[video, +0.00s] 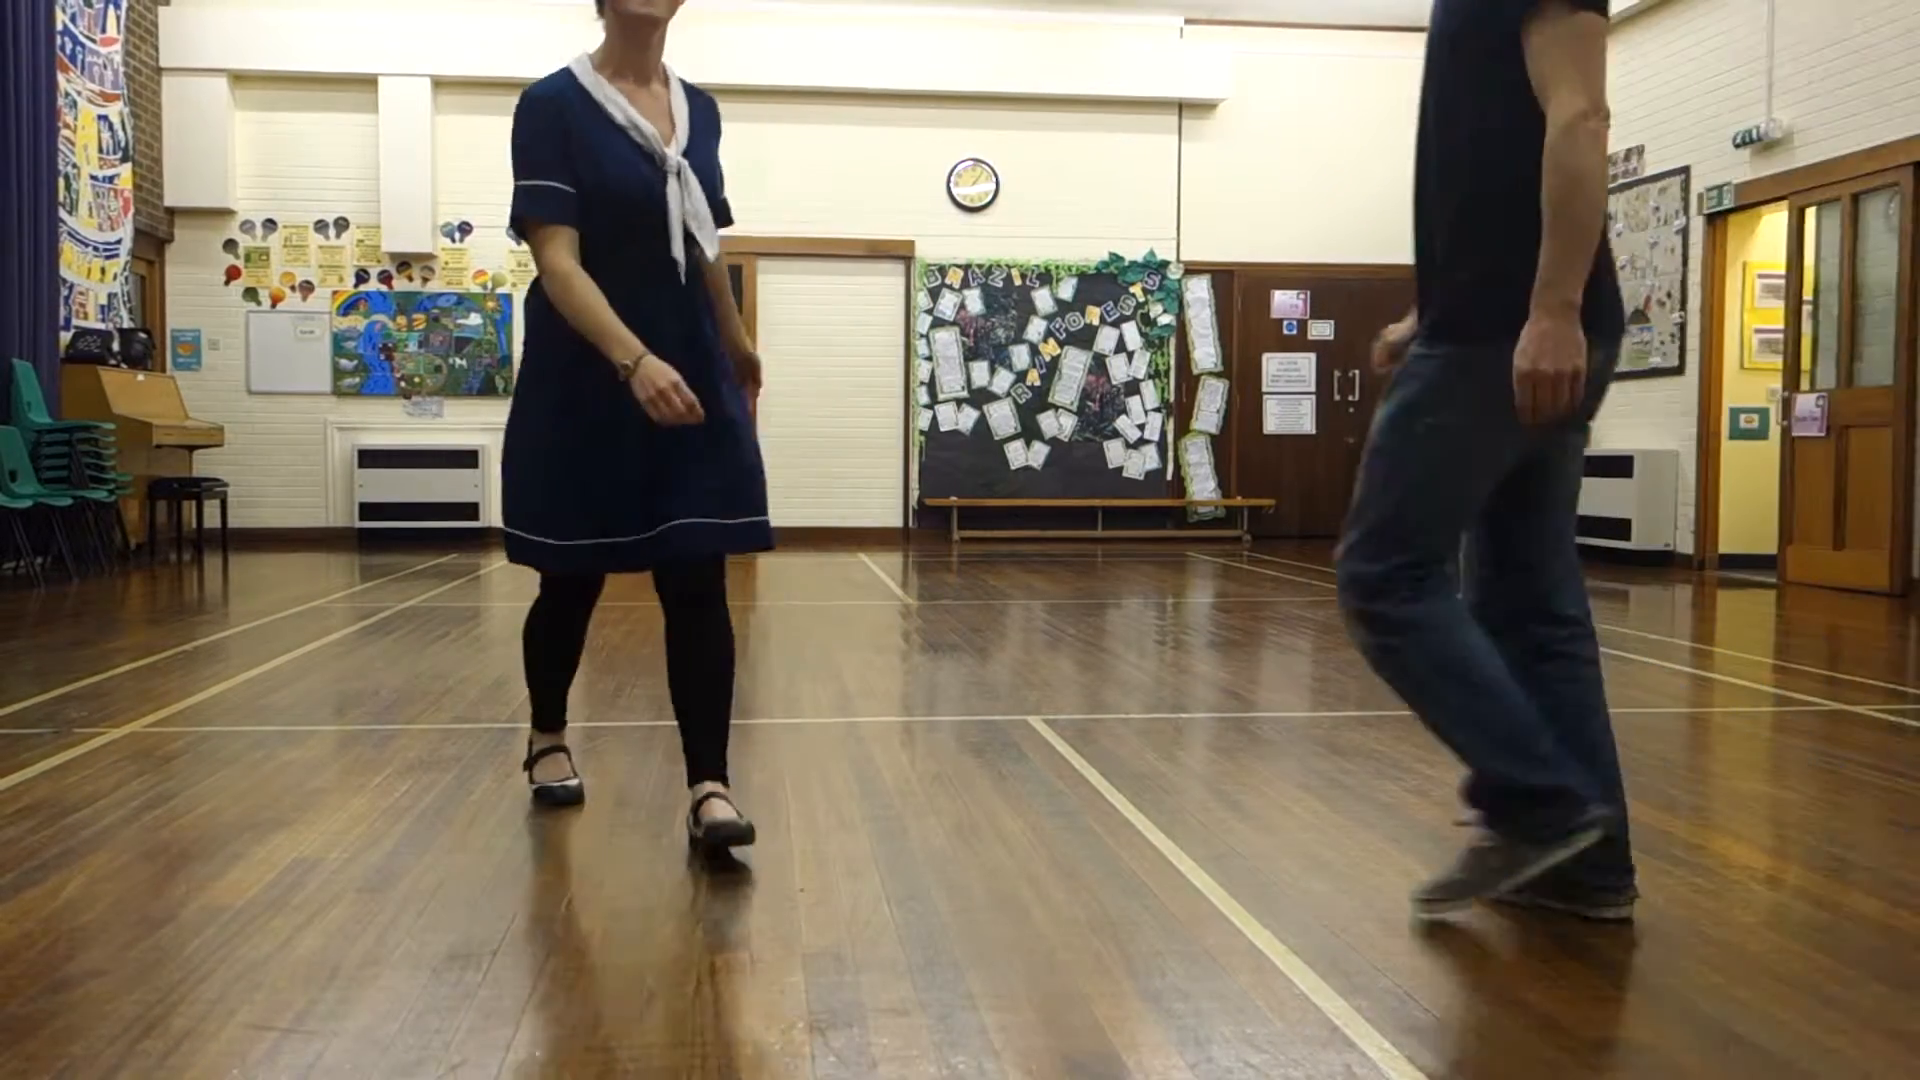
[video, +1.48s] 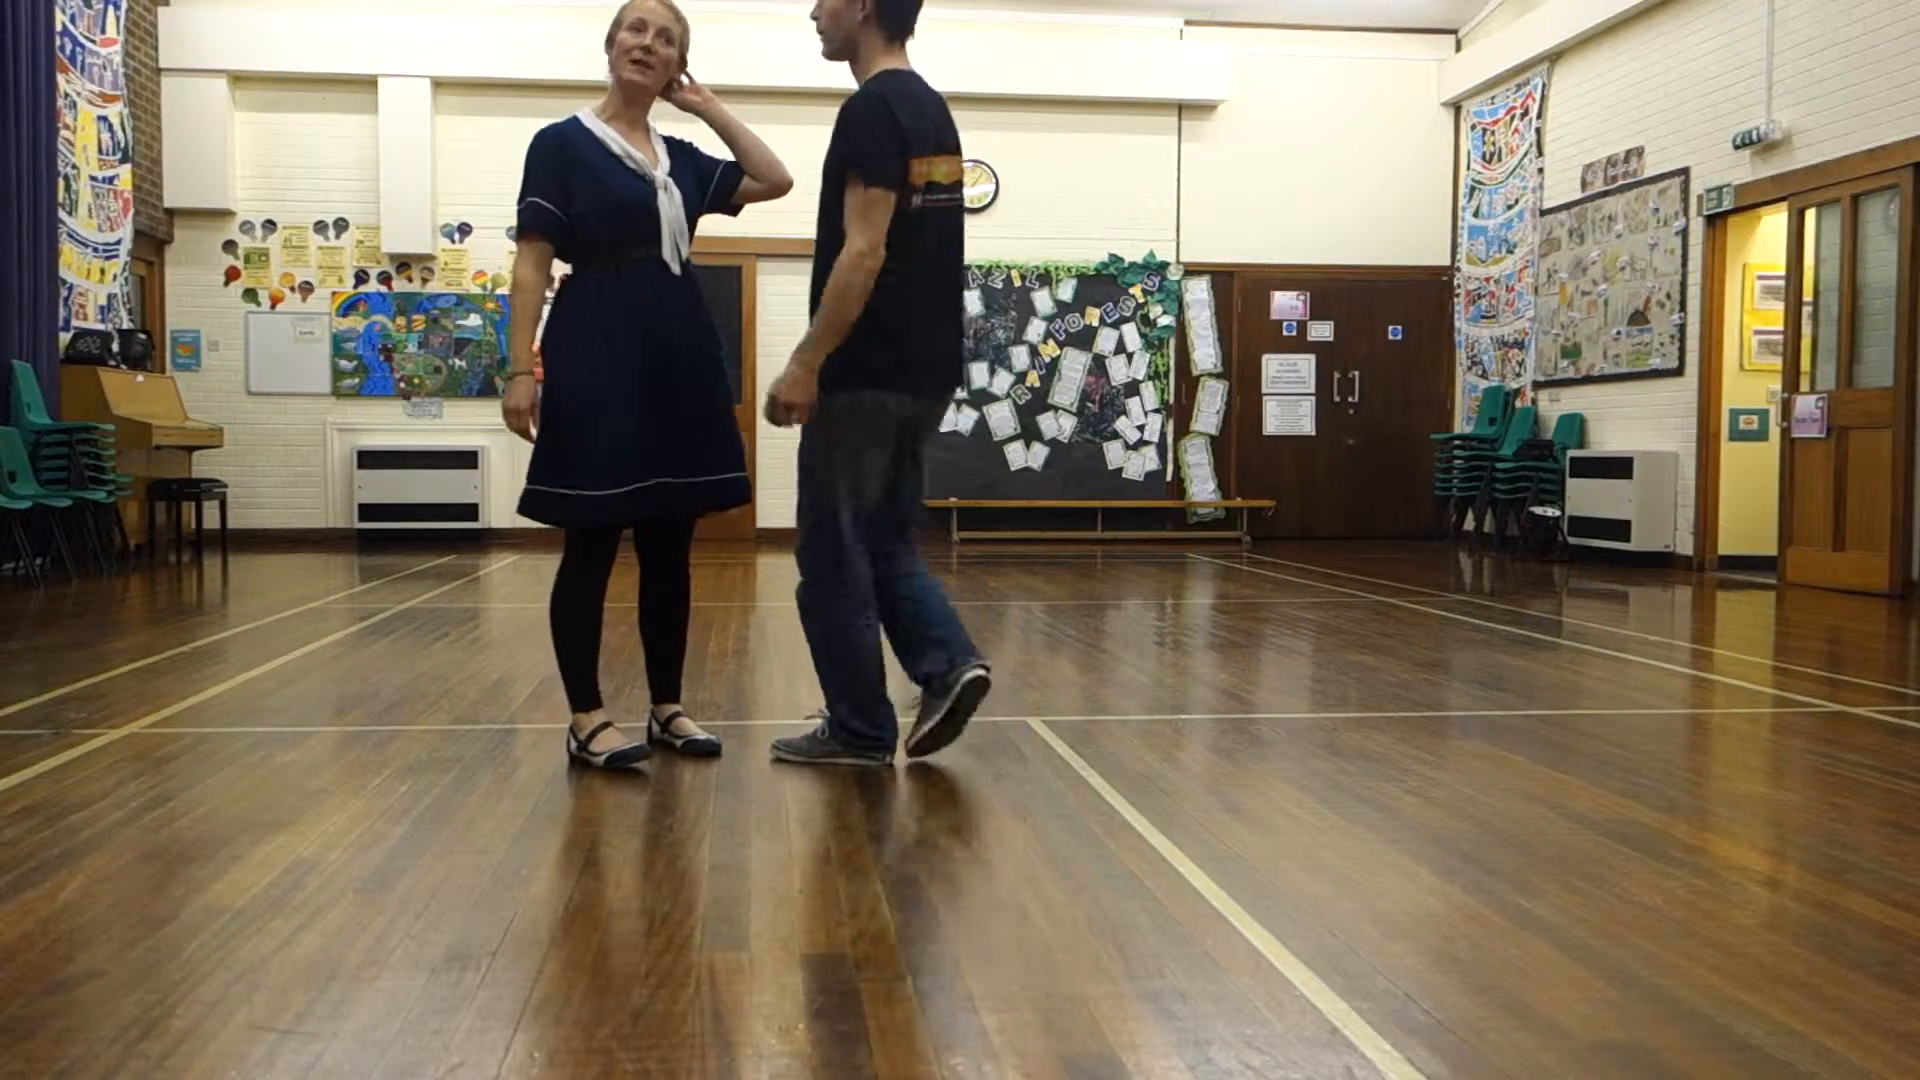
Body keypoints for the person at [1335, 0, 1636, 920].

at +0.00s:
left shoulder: (1547, 7)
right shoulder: (1474, 20)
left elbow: (1582, 121)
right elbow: (1505, 162)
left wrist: (1555, 309)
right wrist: (1431, 316)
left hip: (1490, 337)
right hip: (1538, 336)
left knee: (1384, 580)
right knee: (1534, 601)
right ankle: (1593, 860)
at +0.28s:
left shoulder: (1347, 12)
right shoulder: (1333, 24)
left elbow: (1392, 184)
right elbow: (1326, 205)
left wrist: (1387, 361)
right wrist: (1243, 323)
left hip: (1310, 379)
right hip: (1379, 378)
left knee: (1232, 600)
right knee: (1417, 610)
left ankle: (1216, 814)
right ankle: (1553, 813)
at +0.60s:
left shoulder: (1176, 18)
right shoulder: (1182, 25)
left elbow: (1147, 189)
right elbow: (1164, 197)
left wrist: (1024, 290)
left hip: (1171, 344)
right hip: (1176, 340)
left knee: (1160, 582)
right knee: (1089, 552)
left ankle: (1219, 815)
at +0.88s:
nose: (970, 4)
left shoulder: (1060, 56)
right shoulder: (1054, 60)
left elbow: (1062, 221)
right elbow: (1067, 221)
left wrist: (957, 318)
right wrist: (981, 305)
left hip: (1054, 364)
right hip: (1049, 362)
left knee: (1012, 569)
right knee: (983, 565)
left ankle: (1161, 732)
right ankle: (988, 759)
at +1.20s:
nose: (870, 5)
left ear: (904, 1)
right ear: (947, 7)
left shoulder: (935, 80)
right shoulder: (986, 85)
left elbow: (968, 225)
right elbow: (956, 240)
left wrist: (972, 358)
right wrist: (869, 322)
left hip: (925, 378)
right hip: (999, 374)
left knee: (870, 559)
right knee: (985, 576)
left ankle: (858, 735)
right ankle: (992, 756)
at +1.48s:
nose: (816, 14)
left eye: (827, 2)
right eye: (820, 2)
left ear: (863, 12)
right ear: (892, 17)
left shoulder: (872, 108)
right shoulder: (930, 109)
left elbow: (864, 251)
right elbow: (927, 255)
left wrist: (805, 361)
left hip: (864, 369)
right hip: (924, 367)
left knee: (830, 551)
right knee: (886, 538)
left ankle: (859, 727)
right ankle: (947, 669)